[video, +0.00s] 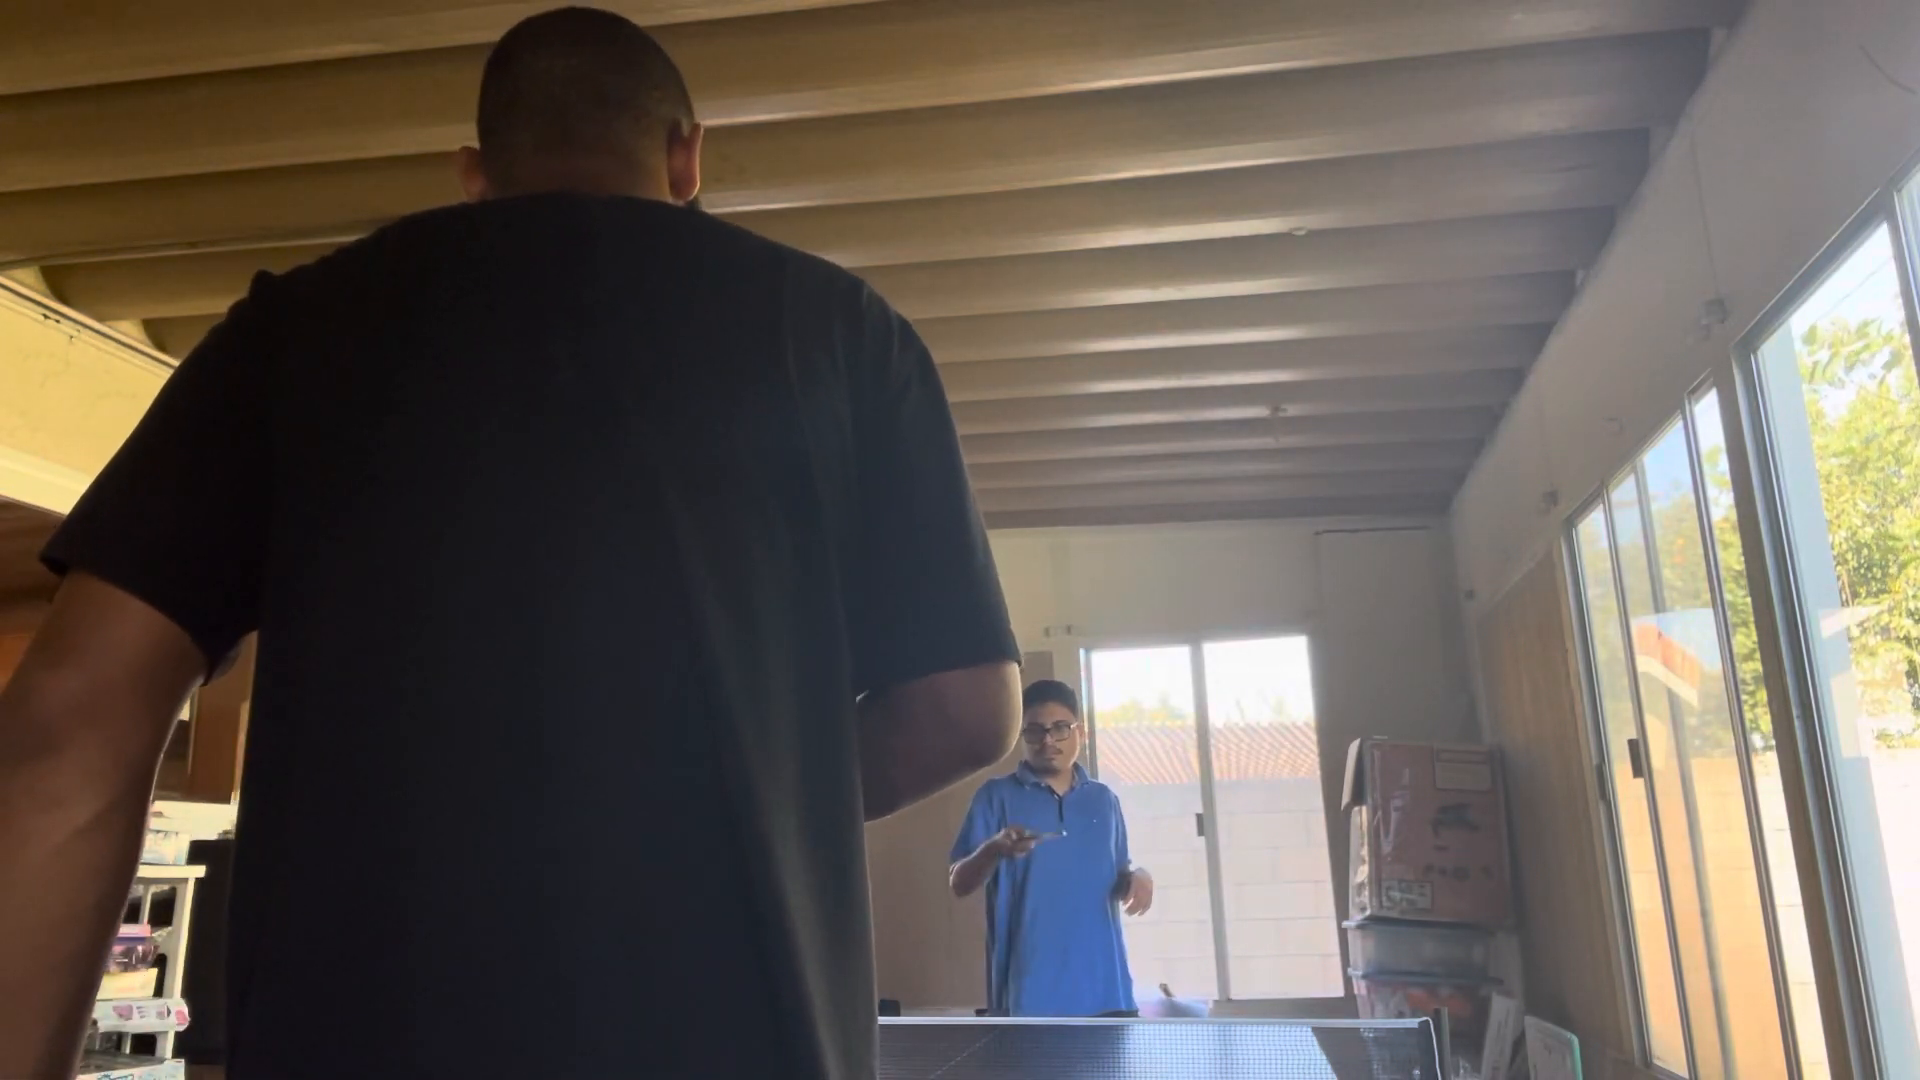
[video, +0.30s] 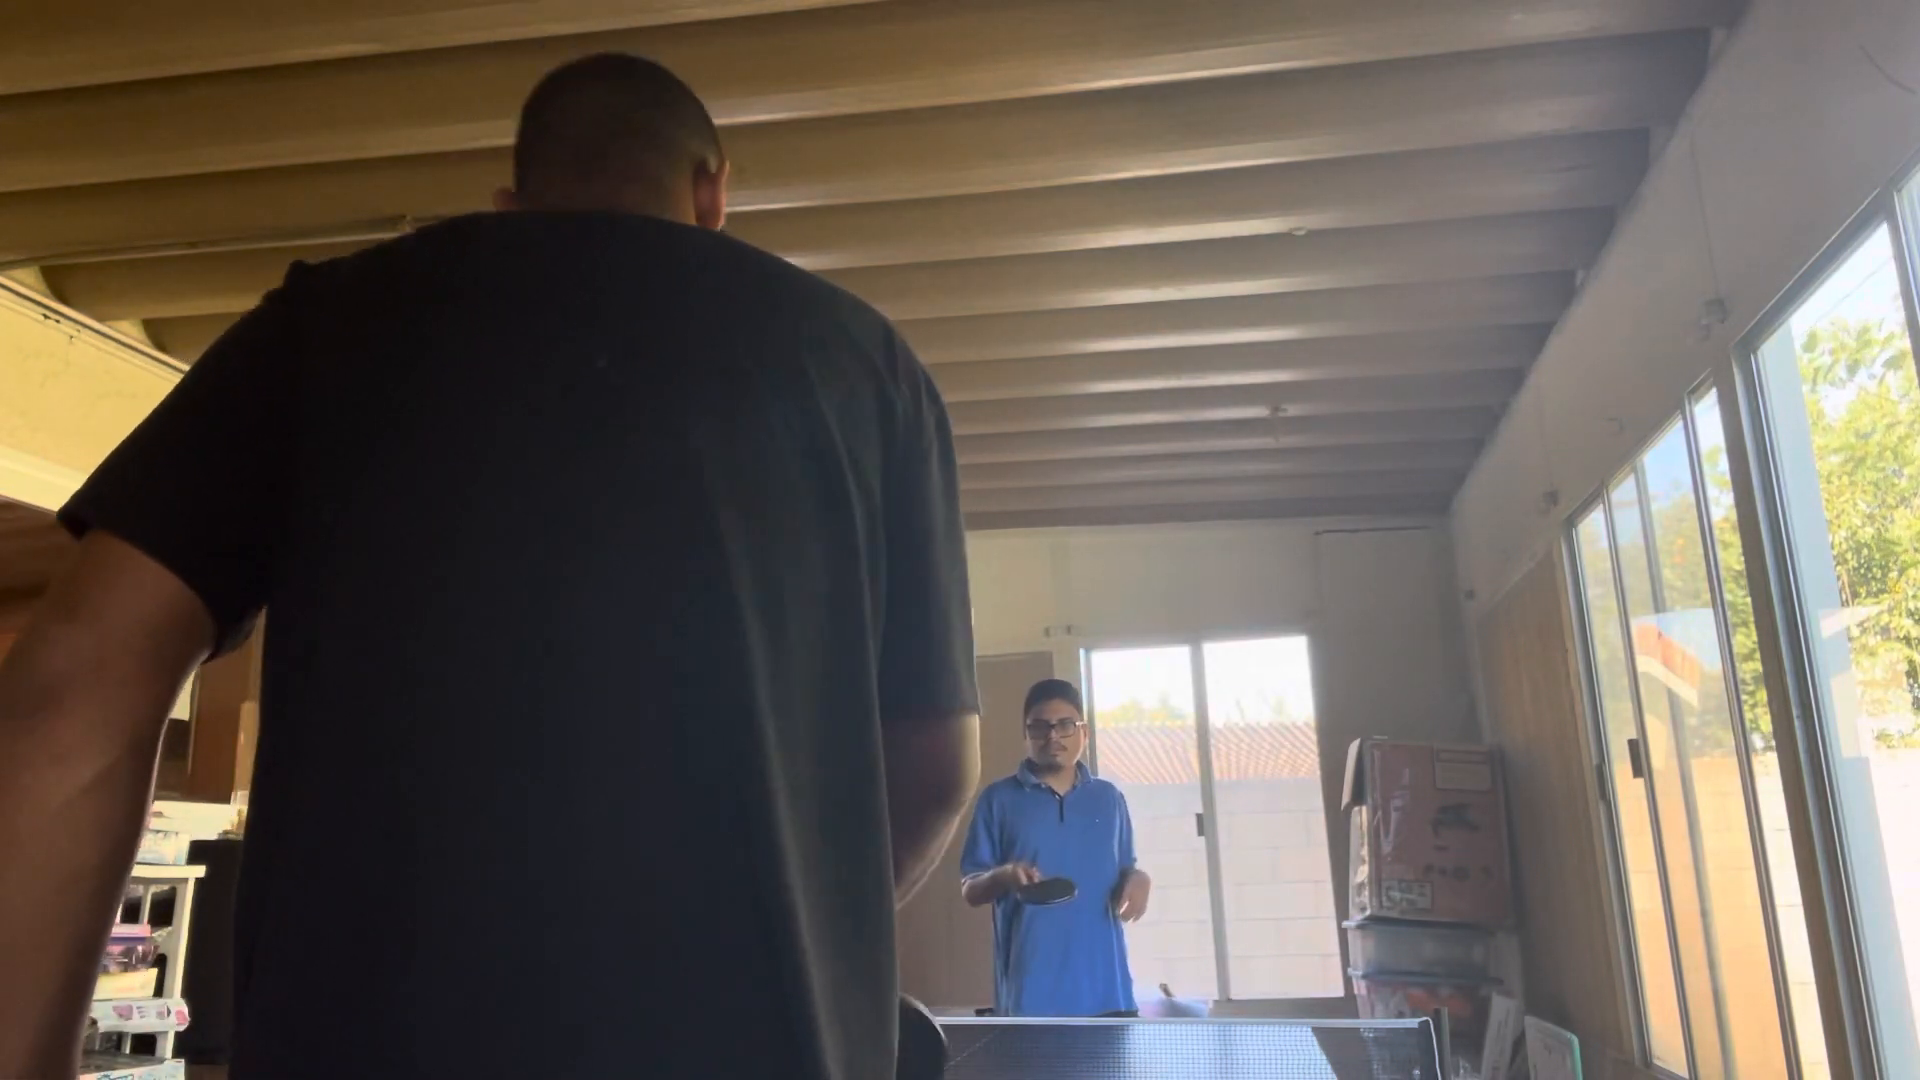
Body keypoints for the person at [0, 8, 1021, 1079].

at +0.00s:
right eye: (699, 166)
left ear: (474, 167)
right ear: (689, 163)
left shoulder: (303, 322)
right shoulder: (836, 321)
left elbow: (71, 712)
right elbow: (961, 710)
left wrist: (34, 1051)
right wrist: (749, 802)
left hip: (354, 1030)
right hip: (733, 1032)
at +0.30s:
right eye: (731, 198)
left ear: (507, 187)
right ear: (713, 192)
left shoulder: (334, 313)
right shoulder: (861, 354)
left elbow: (77, 673)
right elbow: (932, 775)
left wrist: (35, 1050)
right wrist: (803, 959)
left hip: (366, 1034)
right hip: (764, 1044)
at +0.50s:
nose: (764, 257)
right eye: (766, 237)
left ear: (563, 217)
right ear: (751, 231)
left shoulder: (382, 310)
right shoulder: (893, 379)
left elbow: (107, 635)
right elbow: (949, 797)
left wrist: (38, 1043)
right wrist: (858, 968)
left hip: (388, 1034)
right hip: (785, 1043)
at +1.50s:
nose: (832, 250)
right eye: (831, 233)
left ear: (629, 226)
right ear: (821, 230)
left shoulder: (463, 335)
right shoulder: (952, 344)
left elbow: (221, 677)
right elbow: (1133, 662)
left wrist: (230, 1061)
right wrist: (969, 589)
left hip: (503, 1037)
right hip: (884, 1039)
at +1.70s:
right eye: (827, 231)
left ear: (632, 222)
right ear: (822, 230)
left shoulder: (470, 337)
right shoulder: (957, 344)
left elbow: (239, 662)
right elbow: (1101, 697)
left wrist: (218, 1061)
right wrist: (971, 681)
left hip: (516, 1037)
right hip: (900, 1039)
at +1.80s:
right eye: (831, 231)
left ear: (633, 223)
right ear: (826, 230)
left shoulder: (473, 337)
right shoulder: (963, 348)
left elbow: (243, 661)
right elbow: (1088, 702)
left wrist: (210, 1062)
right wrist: (956, 708)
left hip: (518, 1037)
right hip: (897, 1040)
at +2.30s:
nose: (825, 238)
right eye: (826, 222)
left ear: (627, 218)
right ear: (817, 218)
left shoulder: (461, 346)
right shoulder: (948, 346)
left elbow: (225, 691)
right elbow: (1078, 700)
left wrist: (221, 1056)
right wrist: (999, 748)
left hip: (500, 1035)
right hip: (859, 1038)